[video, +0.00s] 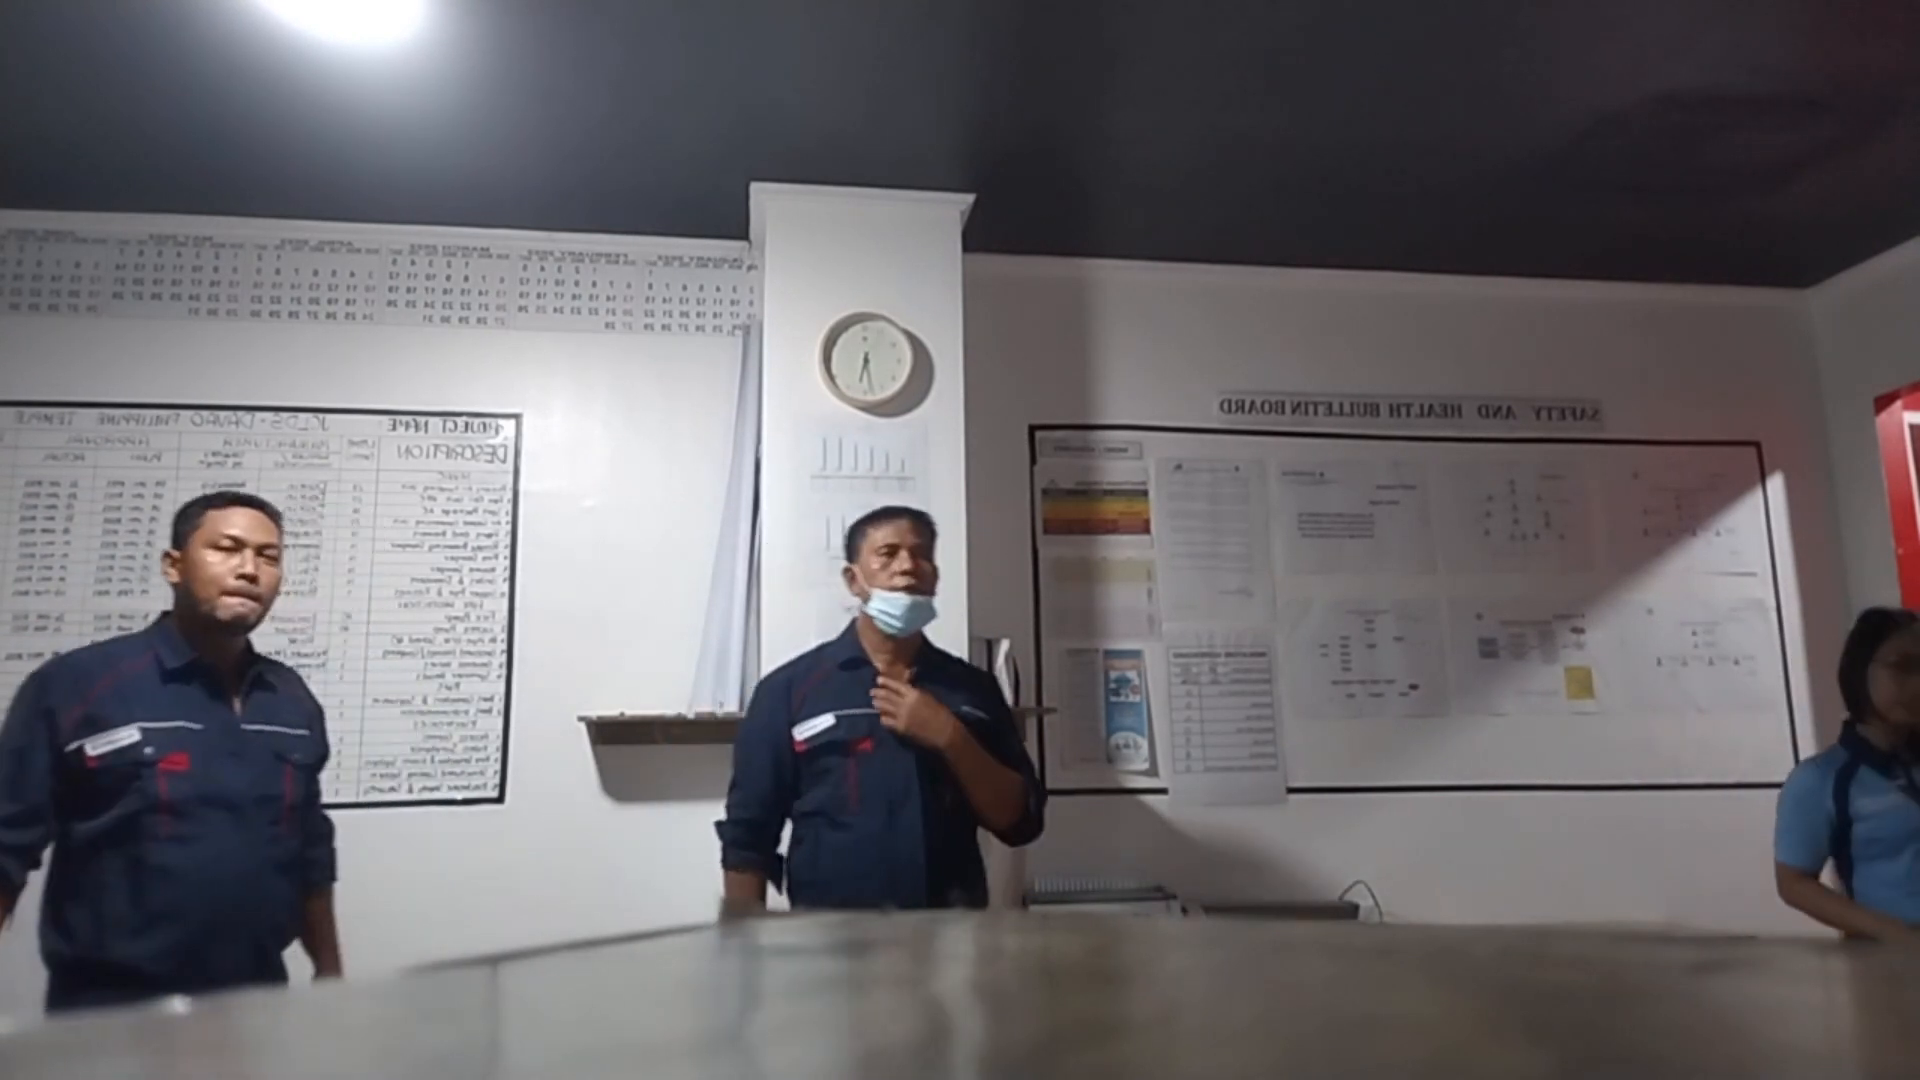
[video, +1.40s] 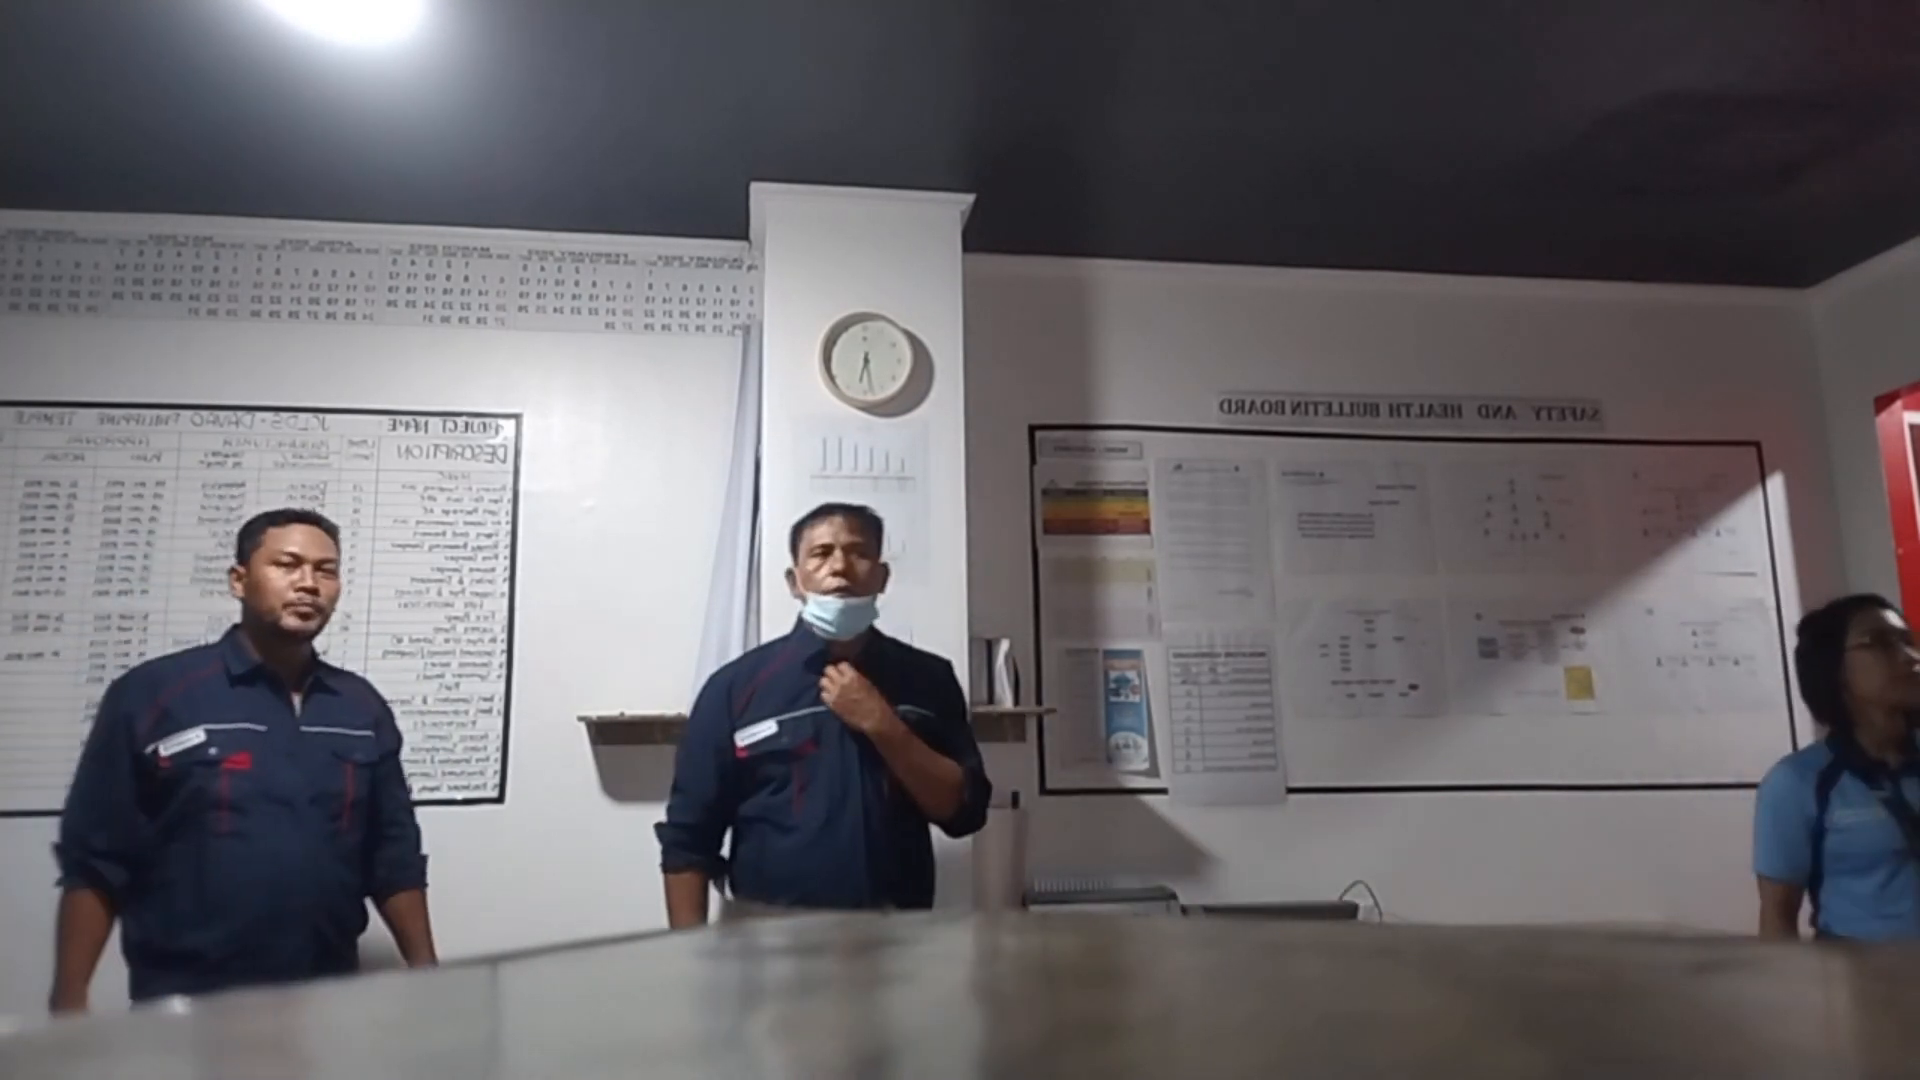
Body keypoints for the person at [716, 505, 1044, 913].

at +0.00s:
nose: (908, 566)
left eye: (921, 555)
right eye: (888, 555)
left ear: (935, 577)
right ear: (854, 578)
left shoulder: (972, 689)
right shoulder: (786, 695)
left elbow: (1022, 824)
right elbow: (746, 850)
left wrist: (951, 737)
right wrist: (745, 970)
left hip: (951, 940)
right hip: (829, 944)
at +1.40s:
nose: (840, 566)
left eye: (858, 554)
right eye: (821, 554)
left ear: (882, 578)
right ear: (795, 579)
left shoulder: (927, 679)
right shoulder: (735, 690)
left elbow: (965, 813)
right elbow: (687, 840)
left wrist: (881, 723)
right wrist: (693, 969)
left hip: (895, 938)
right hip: (772, 939)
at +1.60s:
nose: (821, 562)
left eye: (835, 549)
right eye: (800, 550)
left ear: (856, 572)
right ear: (770, 576)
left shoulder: (908, 673)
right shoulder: (714, 697)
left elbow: (957, 807)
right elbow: (672, 854)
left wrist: (862, 764)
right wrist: (675, 983)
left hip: (882, 941)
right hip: (760, 943)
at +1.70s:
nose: (818, 561)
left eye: (833, 547)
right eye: (797, 548)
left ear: (852, 571)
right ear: (767, 575)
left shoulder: (905, 672)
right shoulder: (711, 702)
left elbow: (955, 794)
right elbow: (670, 859)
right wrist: (676, 987)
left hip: (885, 944)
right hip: (762, 947)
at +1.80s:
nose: (824, 557)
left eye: (838, 545)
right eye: (803, 544)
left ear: (855, 570)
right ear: (769, 572)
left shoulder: (909, 678)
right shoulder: (710, 701)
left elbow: (953, 825)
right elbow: (677, 858)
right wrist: (690, 983)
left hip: (895, 949)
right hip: (765, 952)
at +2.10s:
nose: (873, 559)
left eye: (888, 548)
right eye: (852, 546)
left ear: (903, 573)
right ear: (818, 571)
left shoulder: (951, 686)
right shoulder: (756, 699)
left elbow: (987, 837)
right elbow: (715, 856)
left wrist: (993, 952)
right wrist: (728, 977)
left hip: (935, 945)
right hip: (804, 948)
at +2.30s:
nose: (933, 560)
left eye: (947, 550)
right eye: (914, 546)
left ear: (960, 575)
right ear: (877, 570)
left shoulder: (998, 691)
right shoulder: (807, 694)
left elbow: (1035, 844)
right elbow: (762, 847)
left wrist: (1047, 957)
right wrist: (767, 965)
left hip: (980, 948)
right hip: (850, 950)